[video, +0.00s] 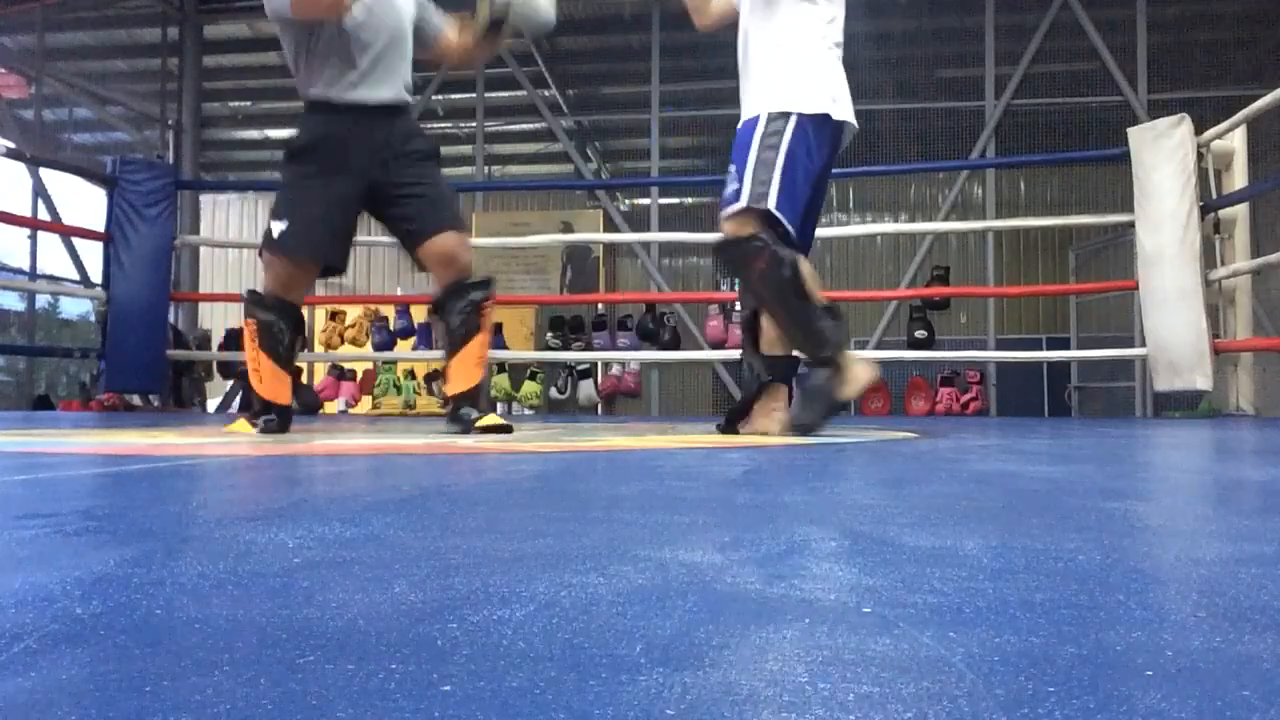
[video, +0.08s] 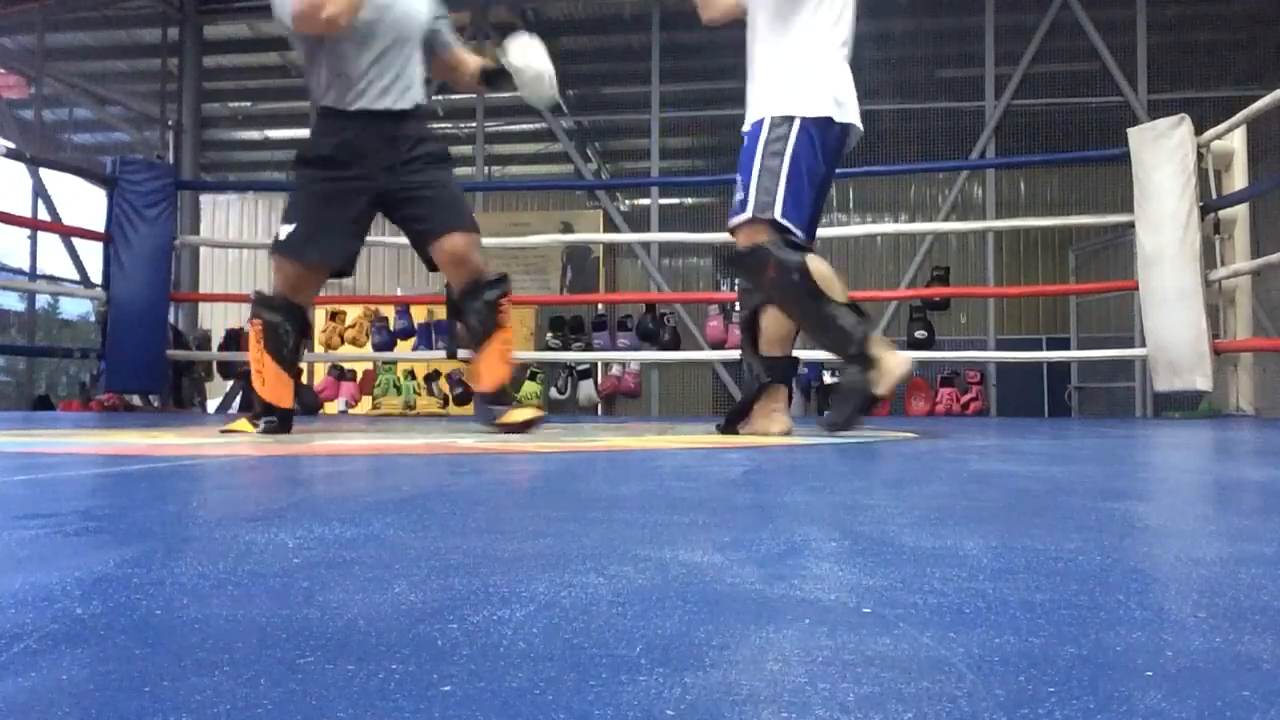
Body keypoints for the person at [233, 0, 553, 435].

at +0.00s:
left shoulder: (405, 4)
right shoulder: (286, 3)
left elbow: (456, 50)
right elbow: (322, 8)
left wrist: (501, 26)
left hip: (399, 135)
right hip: (328, 133)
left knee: (453, 257)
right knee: (286, 270)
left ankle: (467, 404)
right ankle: (268, 410)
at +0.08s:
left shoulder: (424, 8)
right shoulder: (293, 4)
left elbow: (453, 62)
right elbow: (327, 17)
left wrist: (498, 71)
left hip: (412, 141)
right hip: (337, 142)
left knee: (463, 253)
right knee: (294, 271)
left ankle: (492, 399)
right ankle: (272, 409)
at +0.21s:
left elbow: (529, 37)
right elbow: (333, 22)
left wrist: (574, 20)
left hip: (434, 144)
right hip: (361, 141)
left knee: (479, 273)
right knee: (312, 278)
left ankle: (534, 405)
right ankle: (272, 406)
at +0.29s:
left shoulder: (510, 4)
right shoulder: (391, 2)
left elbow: (591, 6)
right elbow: (352, 19)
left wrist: (637, 6)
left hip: (454, 143)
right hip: (384, 135)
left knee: (481, 273)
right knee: (331, 270)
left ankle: (530, 404)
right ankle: (276, 401)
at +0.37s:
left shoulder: (531, 5)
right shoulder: (416, 2)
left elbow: (602, 6)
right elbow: (376, 24)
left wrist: (649, 2)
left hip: (471, 148)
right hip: (405, 140)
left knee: (487, 271)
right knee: (345, 269)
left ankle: (531, 400)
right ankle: (301, 394)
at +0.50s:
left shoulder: (538, 5)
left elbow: (576, 65)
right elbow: (408, 39)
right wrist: (454, 3)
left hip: (491, 140)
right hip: (428, 133)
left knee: (496, 265)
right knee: (386, 272)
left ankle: (533, 402)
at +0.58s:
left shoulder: (538, 6)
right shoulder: (418, 0)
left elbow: (562, 79)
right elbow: (413, 42)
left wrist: (580, 120)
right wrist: (459, 3)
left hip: (496, 140)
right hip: (432, 134)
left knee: (500, 266)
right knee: (401, 276)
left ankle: (534, 402)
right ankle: (433, 385)